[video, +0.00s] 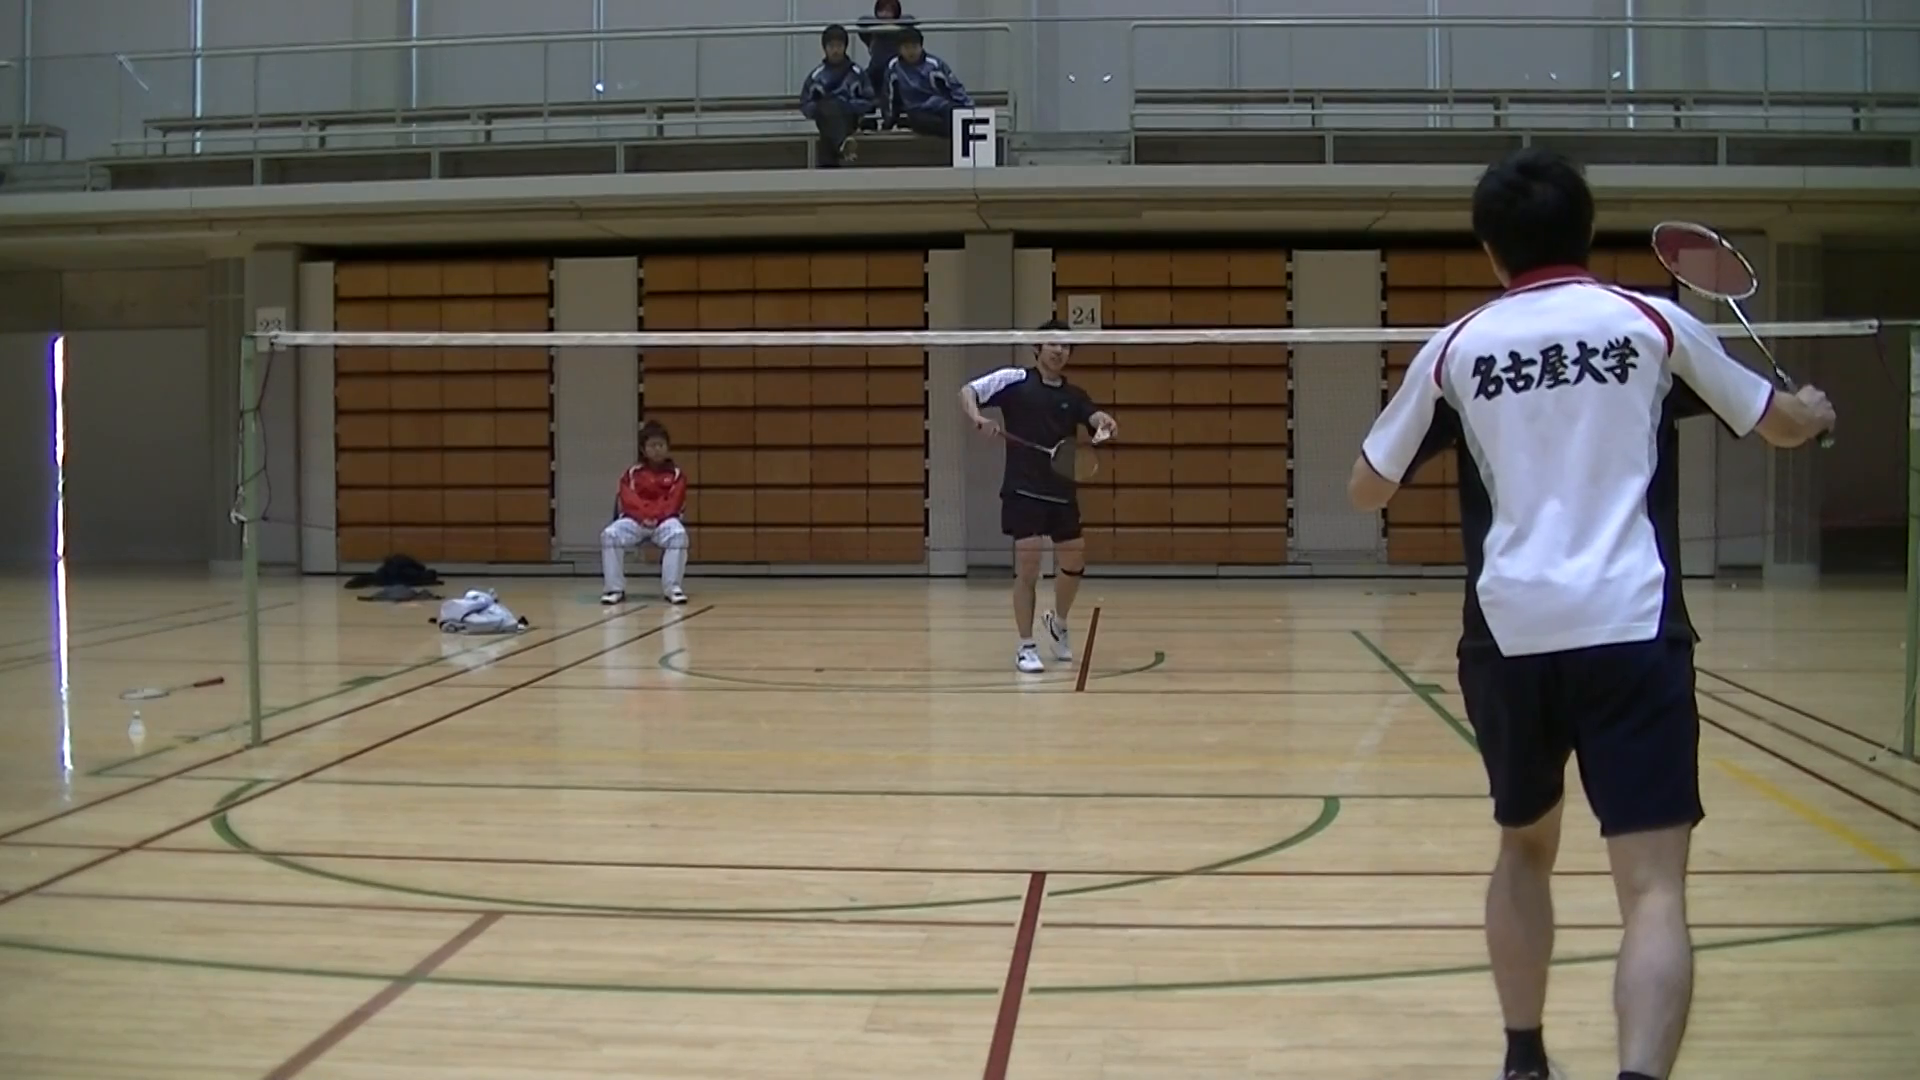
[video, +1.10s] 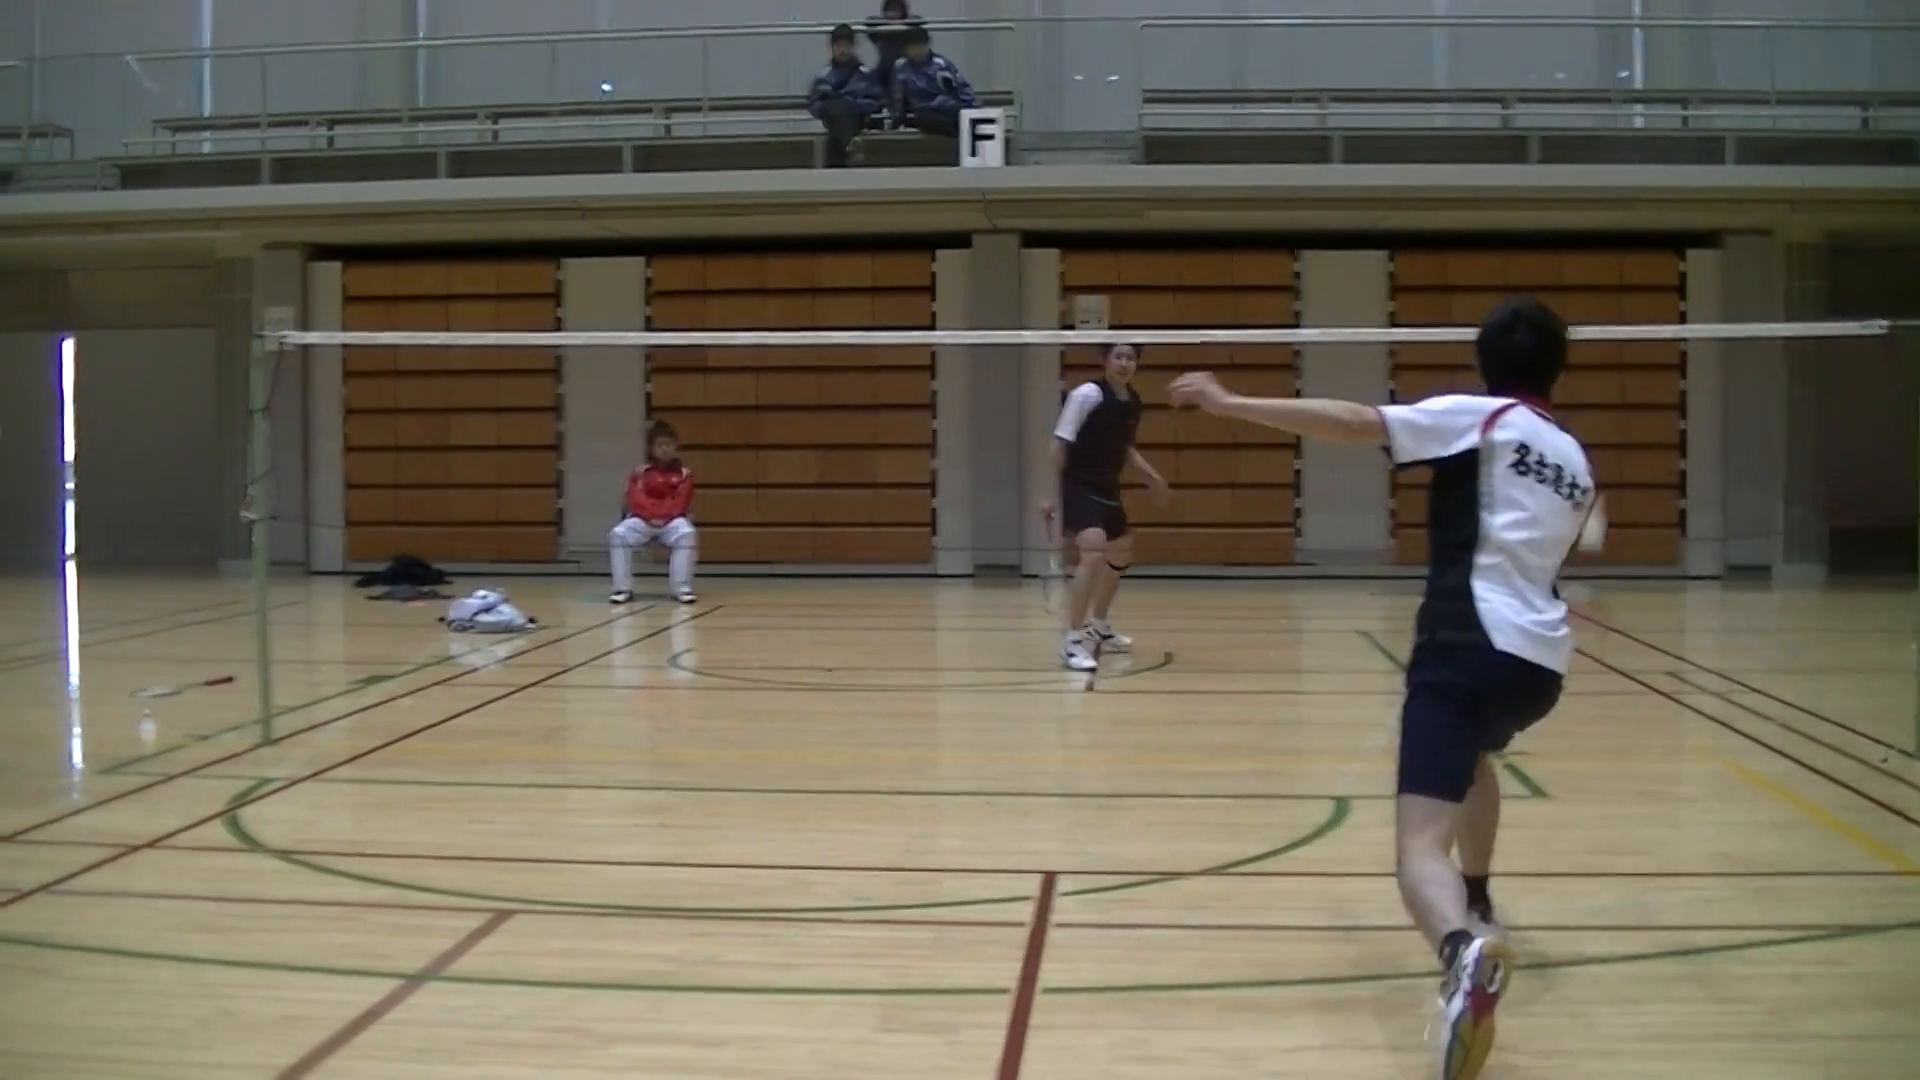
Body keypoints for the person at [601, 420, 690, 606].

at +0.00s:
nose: (657, 450)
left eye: (661, 445)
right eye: (652, 445)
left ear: (667, 447)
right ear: (643, 449)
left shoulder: (676, 475)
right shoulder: (632, 473)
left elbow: (673, 504)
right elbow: (627, 500)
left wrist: (655, 517)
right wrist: (644, 515)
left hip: (664, 520)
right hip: (635, 520)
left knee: (678, 536)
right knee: (610, 535)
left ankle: (673, 587)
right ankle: (615, 589)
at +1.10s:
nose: (664, 449)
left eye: (669, 444)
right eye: (659, 445)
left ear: (676, 447)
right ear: (651, 449)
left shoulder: (683, 475)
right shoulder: (640, 473)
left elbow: (680, 505)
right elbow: (635, 500)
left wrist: (660, 516)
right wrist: (652, 515)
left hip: (671, 519)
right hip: (643, 519)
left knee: (687, 534)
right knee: (618, 535)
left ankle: (682, 587)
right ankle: (622, 589)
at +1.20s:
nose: (697, 449)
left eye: (702, 444)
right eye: (692, 444)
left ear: (708, 447)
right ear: (683, 449)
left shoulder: (716, 475)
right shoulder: (673, 473)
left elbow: (713, 506)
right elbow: (668, 503)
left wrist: (691, 515)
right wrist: (684, 517)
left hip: (704, 520)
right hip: (676, 520)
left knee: (718, 534)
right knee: (651, 534)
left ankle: (714, 587)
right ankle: (654, 589)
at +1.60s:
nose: (674, 448)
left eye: (678, 443)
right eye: (668, 443)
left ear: (684, 445)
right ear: (659, 448)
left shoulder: (691, 473)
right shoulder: (648, 471)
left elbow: (689, 502)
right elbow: (643, 498)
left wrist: (671, 516)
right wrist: (661, 513)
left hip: (680, 518)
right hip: (651, 518)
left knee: (695, 534)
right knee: (627, 533)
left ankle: (688, 585)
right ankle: (631, 588)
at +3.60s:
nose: (656, 450)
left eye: (660, 445)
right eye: (651, 446)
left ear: (666, 448)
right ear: (642, 450)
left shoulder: (675, 475)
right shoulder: (631, 474)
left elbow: (672, 504)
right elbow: (626, 500)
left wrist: (655, 518)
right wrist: (642, 516)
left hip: (662, 521)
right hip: (633, 521)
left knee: (677, 536)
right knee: (609, 536)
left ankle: (671, 588)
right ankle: (614, 590)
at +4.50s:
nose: (656, 441)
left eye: (660, 436)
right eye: (651, 437)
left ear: (666, 439)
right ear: (642, 442)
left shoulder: (674, 466)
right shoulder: (630, 465)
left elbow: (672, 494)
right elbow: (626, 492)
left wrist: (657, 510)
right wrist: (641, 508)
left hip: (661, 513)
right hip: (633, 512)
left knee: (677, 527)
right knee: (609, 528)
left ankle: (671, 580)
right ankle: (613, 582)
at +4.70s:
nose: (652, 364)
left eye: (656, 358)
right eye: (648, 358)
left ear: (662, 361)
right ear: (641, 361)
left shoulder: (669, 384)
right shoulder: (630, 383)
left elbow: (671, 415)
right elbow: (623, 414)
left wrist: (655, 430)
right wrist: (638, 430)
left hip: (659, 429)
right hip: (631, 428)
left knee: (671, 449)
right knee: (610, 449)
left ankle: (669, 505)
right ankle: (609, 507)